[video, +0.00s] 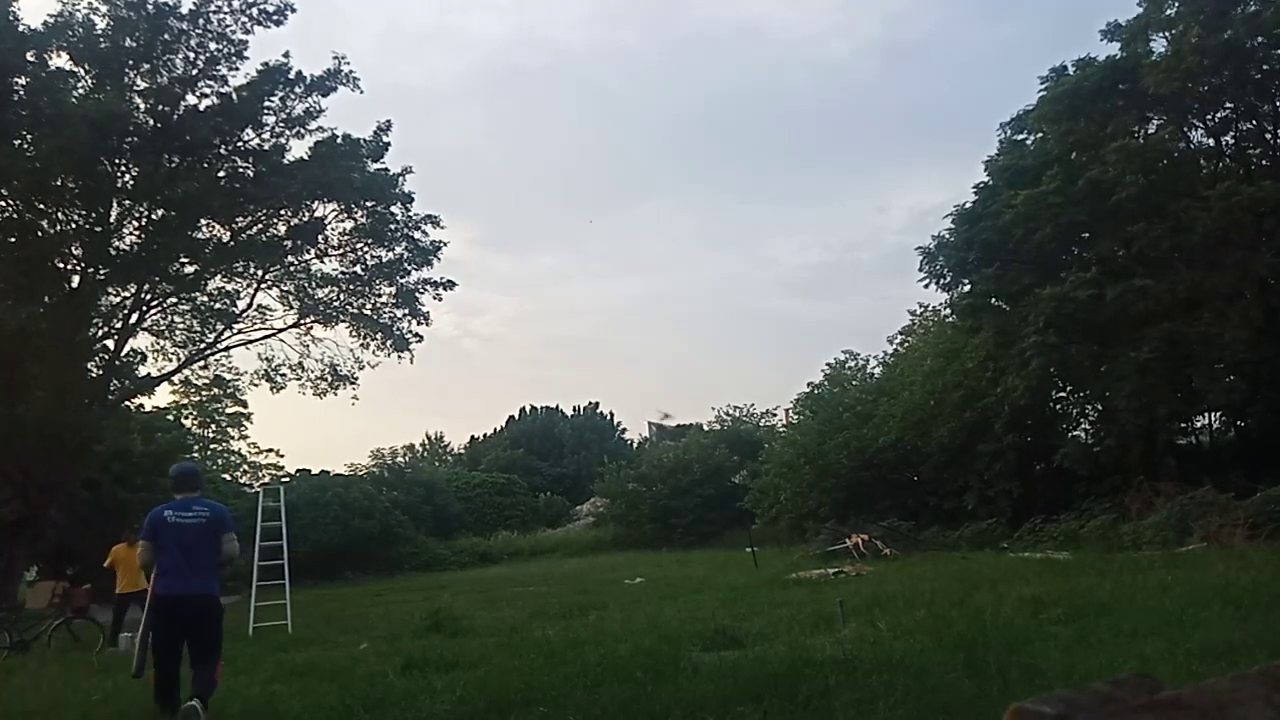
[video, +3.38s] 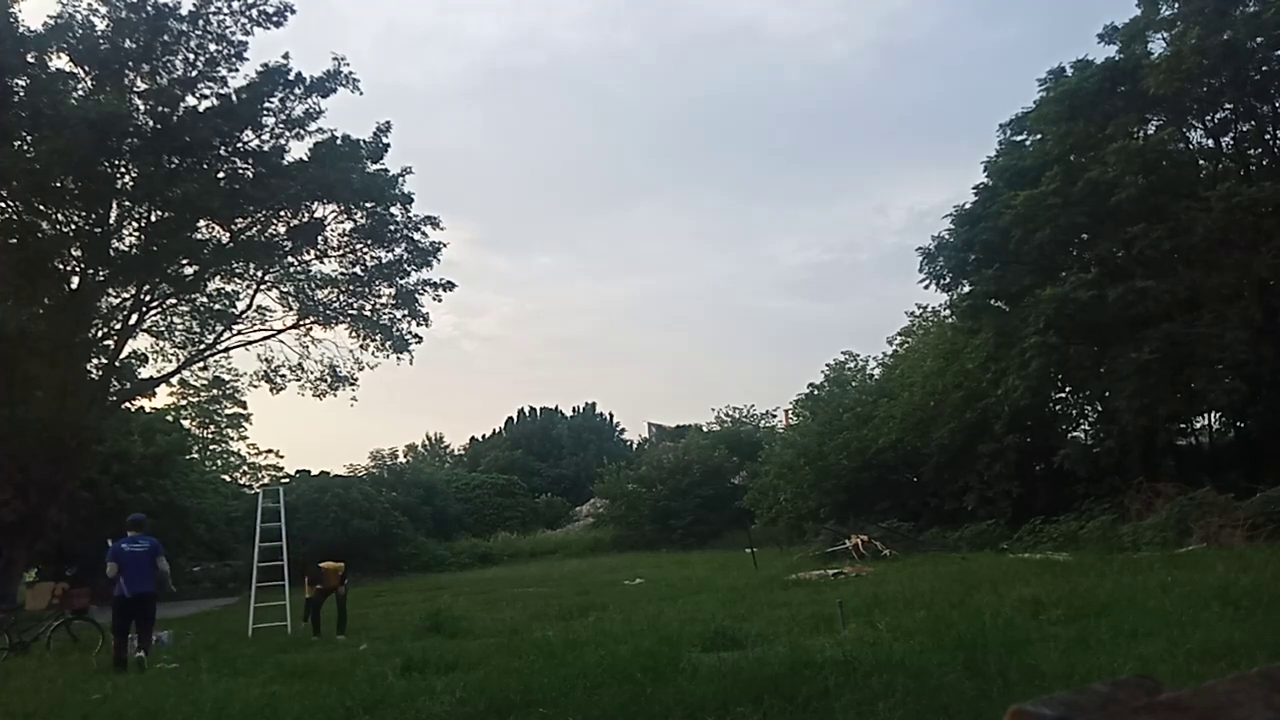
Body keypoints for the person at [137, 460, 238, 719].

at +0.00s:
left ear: (173, 485)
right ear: (200, 484)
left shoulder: (157, 515)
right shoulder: (217, 512)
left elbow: (144, 559)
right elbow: (231, 551)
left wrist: (165, 565)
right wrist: (209, 564)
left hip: (166, 600)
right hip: (204, 600)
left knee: (166, 661)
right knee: (206, 657)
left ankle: (167, 711)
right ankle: (198, 700)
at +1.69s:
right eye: (189, 511)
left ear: (172, 510)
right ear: (191, 512)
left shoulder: (157, 530)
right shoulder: (201, 534)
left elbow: (144, 562)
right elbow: (209, 565)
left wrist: (158, 556)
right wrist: (210, 585)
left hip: (162, 595)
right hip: (188, 595)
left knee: (157, 640)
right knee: (183, 639)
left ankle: (161, 671)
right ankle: (182, 681)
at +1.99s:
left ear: (165, 513)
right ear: (185, 514)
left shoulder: (153, 532)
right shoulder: (195, 534)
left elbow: (142, 563)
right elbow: (200, 560)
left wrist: (140, 585)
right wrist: (186, 566)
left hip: (156, 593)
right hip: (182, 594)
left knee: (149, 636)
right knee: (180, 637)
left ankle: (143, 676)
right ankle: (179, 679)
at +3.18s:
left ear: (135, 527)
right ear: (151, 527)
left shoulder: (125, 546)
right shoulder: (162, 544)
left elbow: (117, 573)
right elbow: (167, 568)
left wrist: (132, 576)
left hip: (130, 596)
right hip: (154, 595)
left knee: (125, 635)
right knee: (152, 635)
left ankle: (121, 668)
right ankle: (151, 669)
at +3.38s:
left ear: (128, 528)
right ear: (144, 528)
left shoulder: (117, 546)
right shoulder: (152, 543)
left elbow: (110, 572)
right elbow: (164, 567)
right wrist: (169, 585)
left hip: (124, 597)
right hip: (147, 595)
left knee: (120, 633)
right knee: (145, 628)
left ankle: (120, 668)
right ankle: (142, 651)